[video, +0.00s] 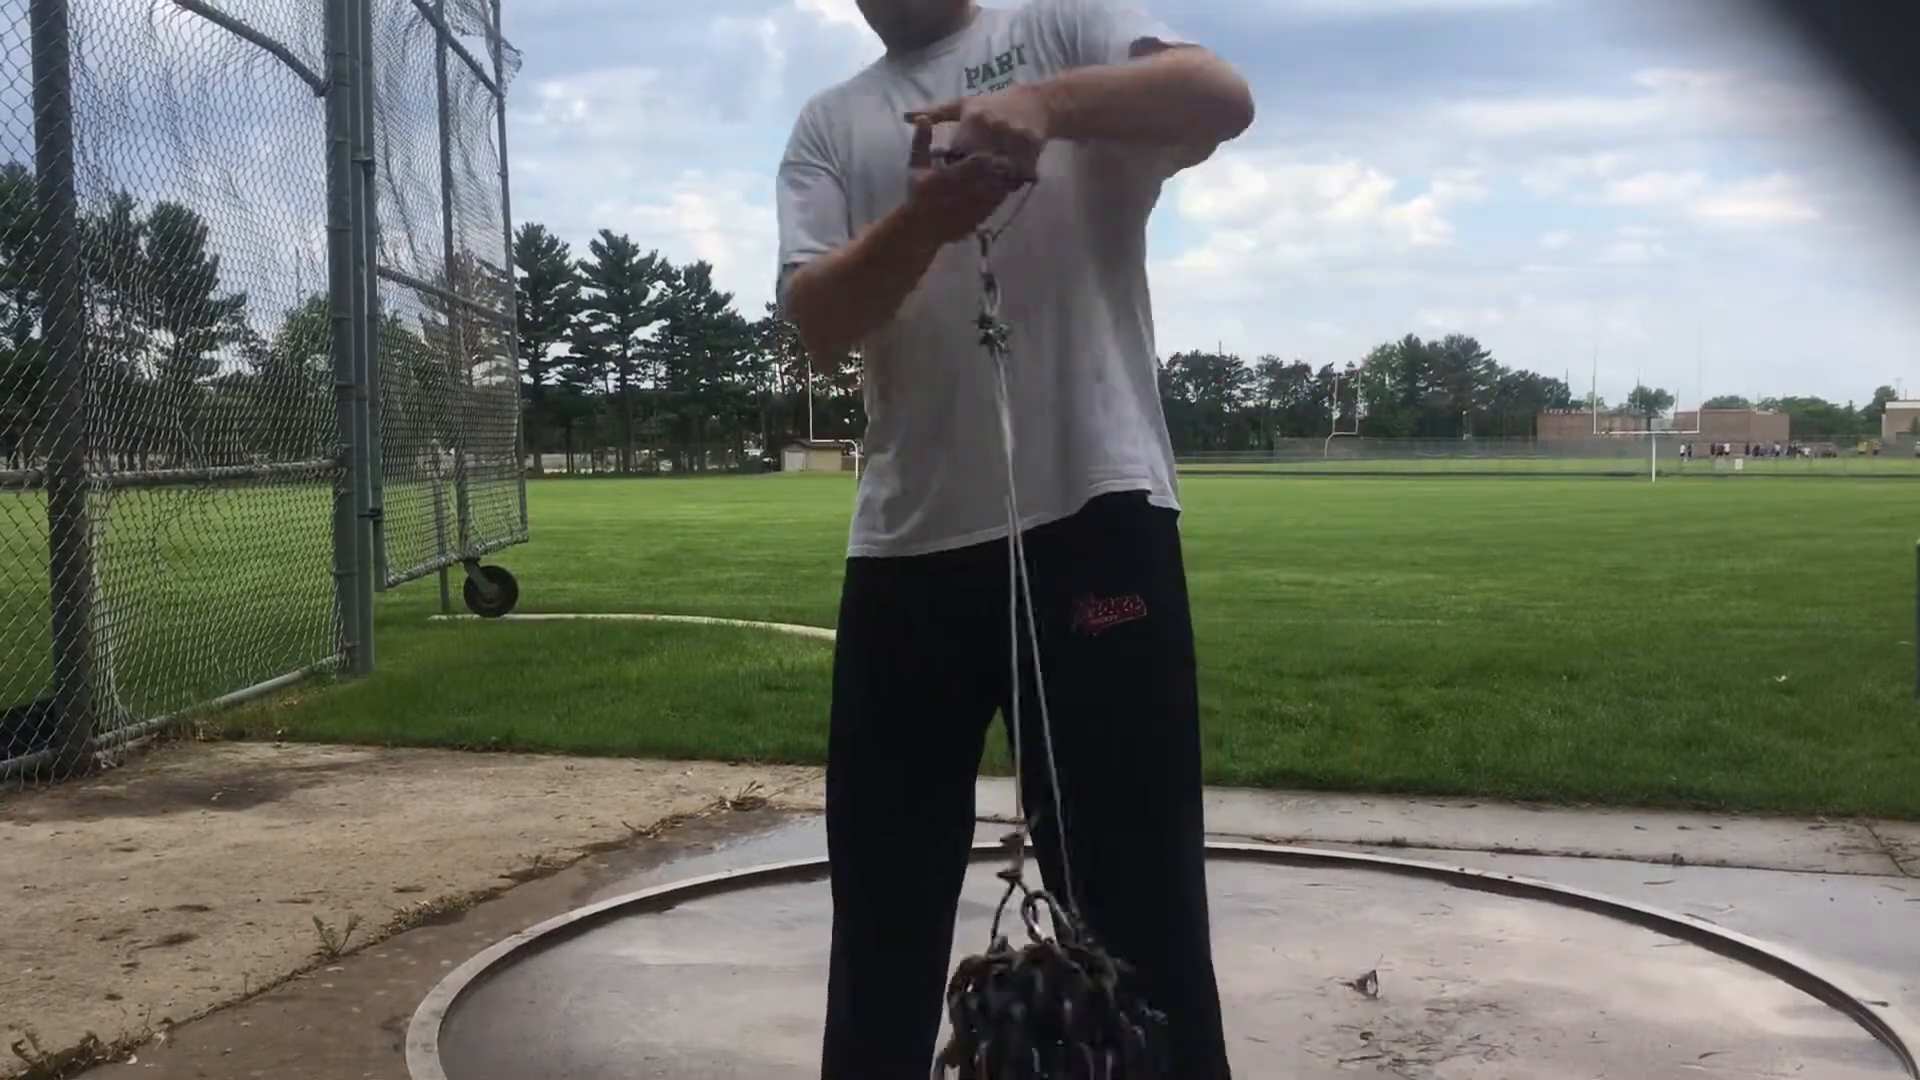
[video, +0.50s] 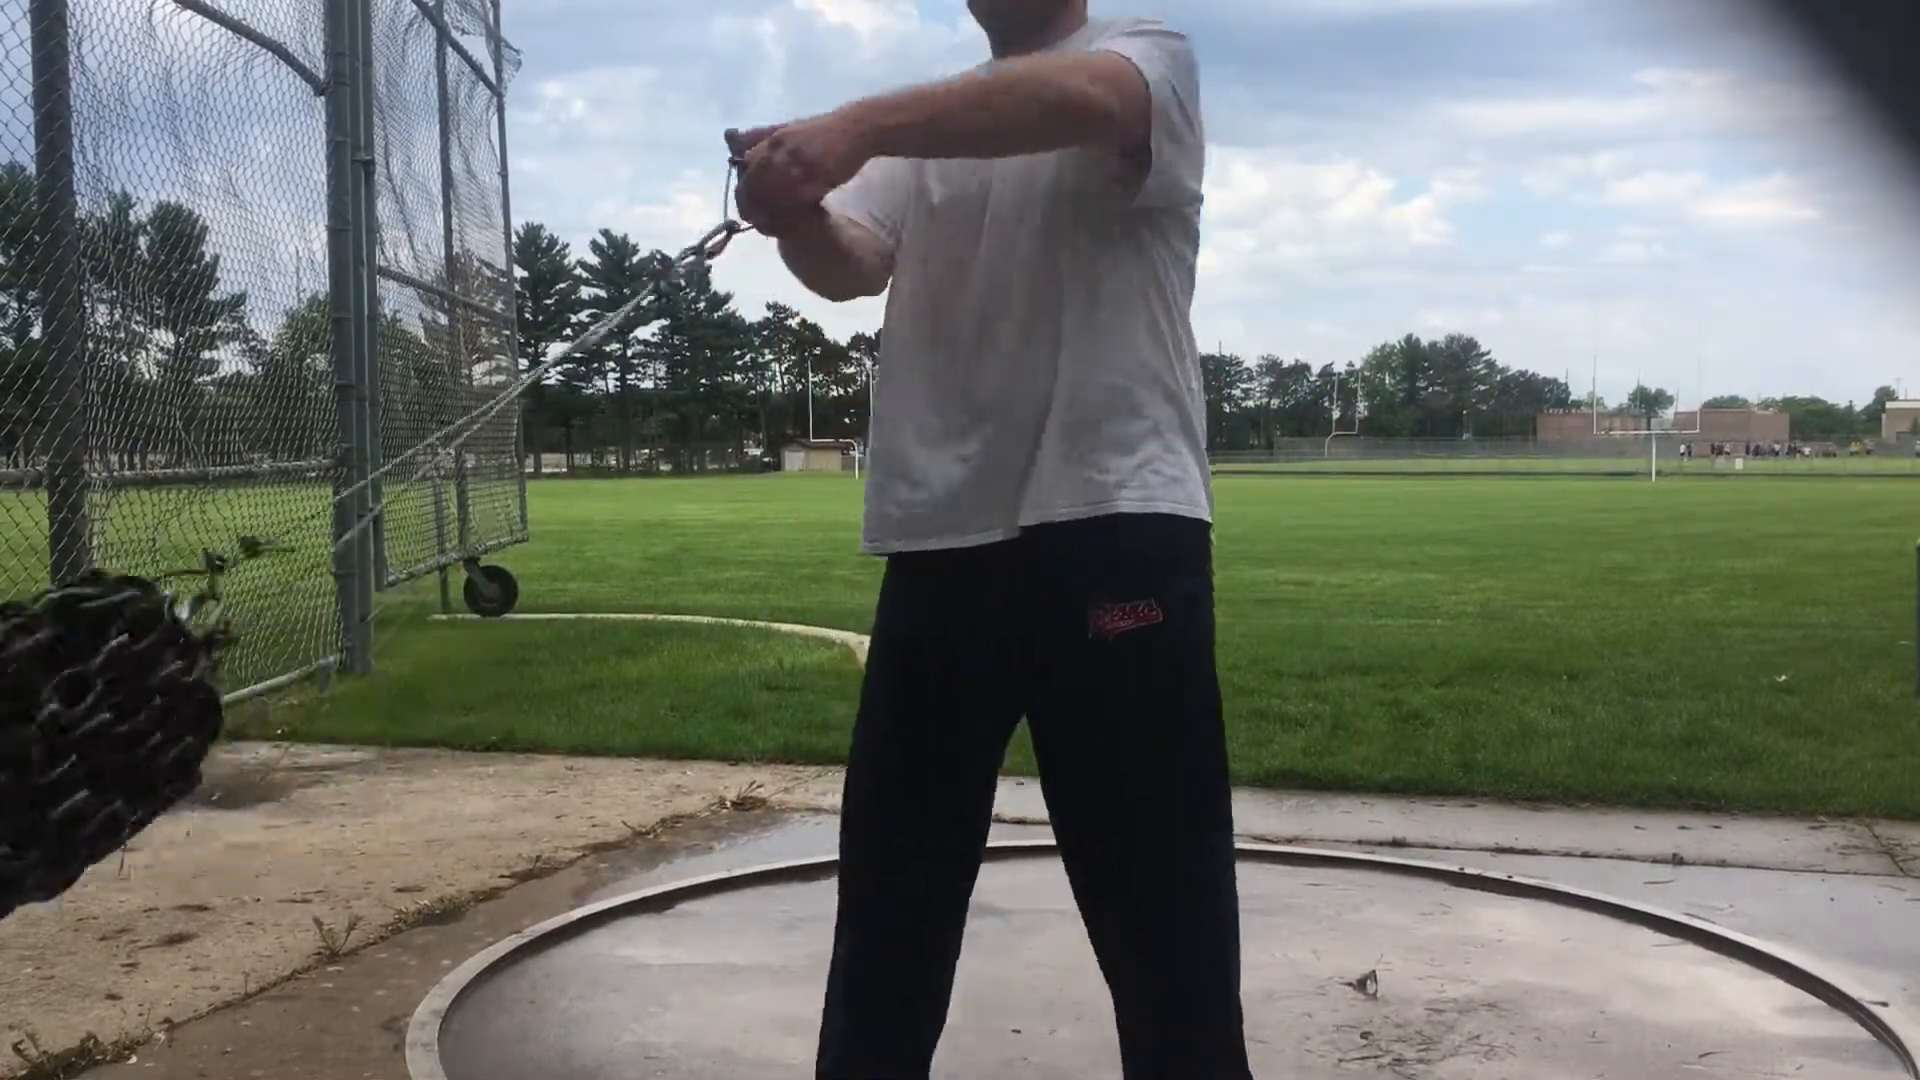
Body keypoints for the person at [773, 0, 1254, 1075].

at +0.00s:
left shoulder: (1071, 34)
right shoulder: (829, 123)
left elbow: (1222, 98)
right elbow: (816, 329)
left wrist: (1045, 103)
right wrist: (923, 218)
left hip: (1098, 511)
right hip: (911, 540)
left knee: (1140, 894)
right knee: (884, 911)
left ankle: (1172, 1069)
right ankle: (871, 1078)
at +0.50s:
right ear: (977, 4)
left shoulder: (1148, 56)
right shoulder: (928, 133)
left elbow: (1090, 99)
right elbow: (855, 265)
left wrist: (861, 127)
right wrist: (797, 221)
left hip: (1114, 528)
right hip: (938, 544)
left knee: (1162, 918)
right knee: (890, 910)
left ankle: (1189, 1067)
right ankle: (864, 1070)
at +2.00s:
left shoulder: (1047, 58)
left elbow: (800, 166)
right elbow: (885, 295)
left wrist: (661, 230)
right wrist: (714, 260)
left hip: (1050, 515)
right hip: (928, 537)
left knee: (1094, 860)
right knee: (914, 868)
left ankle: (1161, 1061)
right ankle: (921, 1062)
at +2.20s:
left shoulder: (1202, 93)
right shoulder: (1004, 111)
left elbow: (1048, 184)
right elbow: (916, 279)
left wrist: (817, 249)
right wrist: (832, 293)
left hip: (1138, 526)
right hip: (973, 533)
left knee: (1142, 891)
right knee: (930, 894)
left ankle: (1185, 1074)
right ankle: (918, 1072)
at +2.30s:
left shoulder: (1255, 100)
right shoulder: (1031, 105)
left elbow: (1143, 214)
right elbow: (936, 234)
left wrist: (936, 281)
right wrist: (884, 308)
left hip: (1180, 521)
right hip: (1011, 526)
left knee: (1175, 874)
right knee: (950, 873)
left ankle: (1191, 1066)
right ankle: (920, 1066)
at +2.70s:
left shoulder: (1305, 115)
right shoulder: (1072, 71)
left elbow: (1261, 227)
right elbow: (991, 127)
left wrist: (1088, 200)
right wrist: (994, 180)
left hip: (1196, 542)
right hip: (1014, 525)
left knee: (1203, 882)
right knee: (940, 849)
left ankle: (1204, 1069)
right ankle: (914, 1066)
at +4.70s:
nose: (1035, 8)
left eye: (1077, 2)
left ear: (1142, 41)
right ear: (1019, 9)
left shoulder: (1145, 207)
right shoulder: (947, 108)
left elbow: (1043, 343)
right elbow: (842, 151)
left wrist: (954, 302)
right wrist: (887, 207)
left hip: (1058, 568)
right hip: (885, 548)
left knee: (1118, 873)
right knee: (798, 826)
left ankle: (1178, 1072)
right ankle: (795, 1068)